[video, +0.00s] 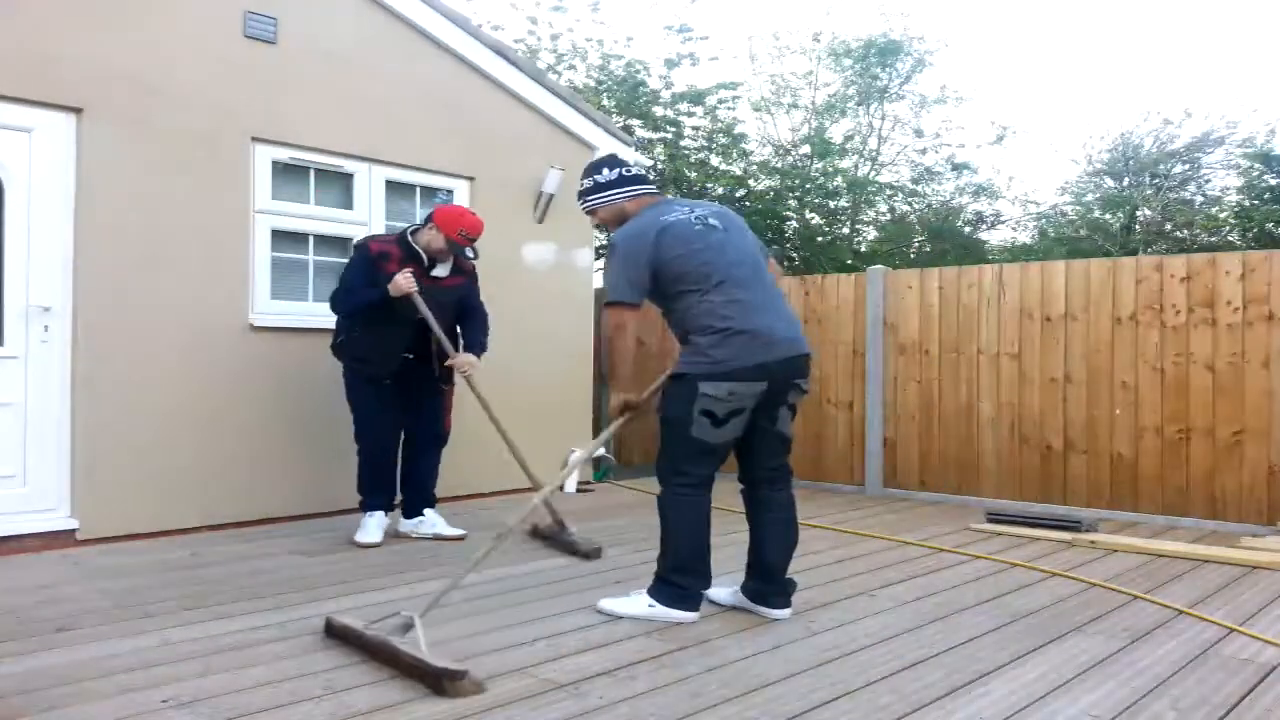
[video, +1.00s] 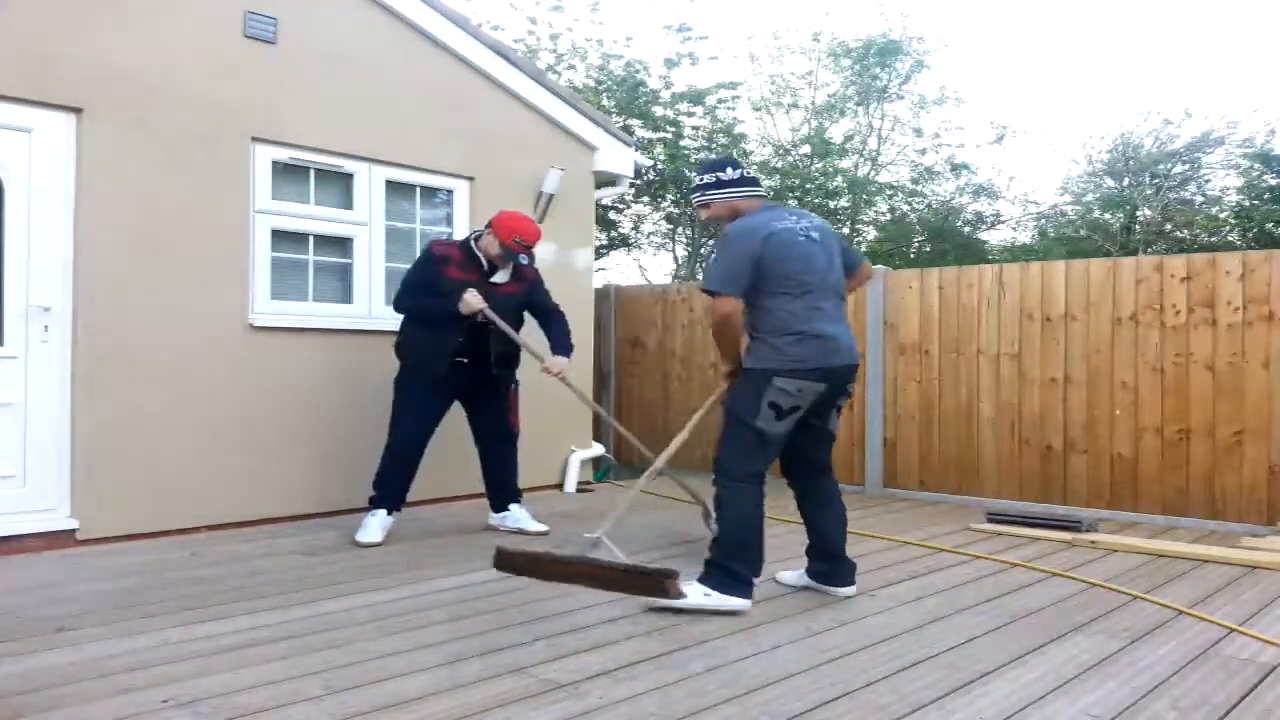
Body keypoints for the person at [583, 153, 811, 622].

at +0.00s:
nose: (595, 222)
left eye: (595, 209)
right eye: (591, 213)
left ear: (621, 196)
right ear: (642, 193)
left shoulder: (634, 235)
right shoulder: (717, 214)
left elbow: (619, 323)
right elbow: (765, 276)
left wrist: (620, 390)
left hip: (721, 360)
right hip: (787, 355)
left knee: (683, 477)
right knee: (767, 474)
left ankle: (676, 594)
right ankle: (768, 590)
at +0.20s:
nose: (571, 232)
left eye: (569, 219)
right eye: (565, 223)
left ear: (591, 205)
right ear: (612, 199)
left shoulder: (615, 237)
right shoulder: (678, 217)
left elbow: (590, 319)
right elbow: (705, 288)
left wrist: (570, 393)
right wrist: (653, 341)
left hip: (716, 359)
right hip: (779, 350)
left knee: (679, 476)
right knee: (766, 472)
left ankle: (676, 594)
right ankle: (778, 588)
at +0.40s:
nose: (573, 225)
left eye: (574, 213)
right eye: (570, 215)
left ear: (601, 203)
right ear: (618, 199)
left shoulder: (617, 239)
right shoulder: (685, 218)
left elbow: (579, 315)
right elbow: (683, 303)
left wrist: (540, 390)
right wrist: (622, 345)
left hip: (716, 360)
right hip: (779, 349)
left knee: (679, 477)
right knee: (781, 466)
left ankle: (676, 594)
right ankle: (818, 577)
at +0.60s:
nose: (600, 218)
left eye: (602, 206)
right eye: (597, 209)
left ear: (630, 197)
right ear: (648, 194)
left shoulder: (645, 233)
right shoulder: (712, 217)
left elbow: (607, 311)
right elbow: (731, 289)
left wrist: (587, 375)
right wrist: (670, 334)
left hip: (722, 362)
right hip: (781, 353)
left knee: (683, 474)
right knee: (790, 465)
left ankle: (677, 594)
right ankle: (827, 568)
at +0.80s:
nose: (657, 215)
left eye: (659, 204)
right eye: (654, 206)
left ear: (684, 198)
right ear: (704, 195)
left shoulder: (695, 236)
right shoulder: (767, 224)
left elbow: (675, 313)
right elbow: (810, 288)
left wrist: (665, 366)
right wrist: (748, 318)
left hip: (740, 368)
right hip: (797, 364)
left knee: (691, 474)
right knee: (786, 466)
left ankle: (678, 591)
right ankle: (830, 571)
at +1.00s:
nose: (703, 215)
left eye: (706, 205)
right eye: (700, 206)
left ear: (730, 196)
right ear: (749, 195)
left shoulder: (741, 234)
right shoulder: (810, 222)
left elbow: (725, 311)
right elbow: (861, 269)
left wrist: (732, 363)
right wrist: (814, 302)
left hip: (782, 363)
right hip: (836, 360)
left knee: (737, 469)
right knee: (808, 463)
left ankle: (728, 582)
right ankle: (832, 571)